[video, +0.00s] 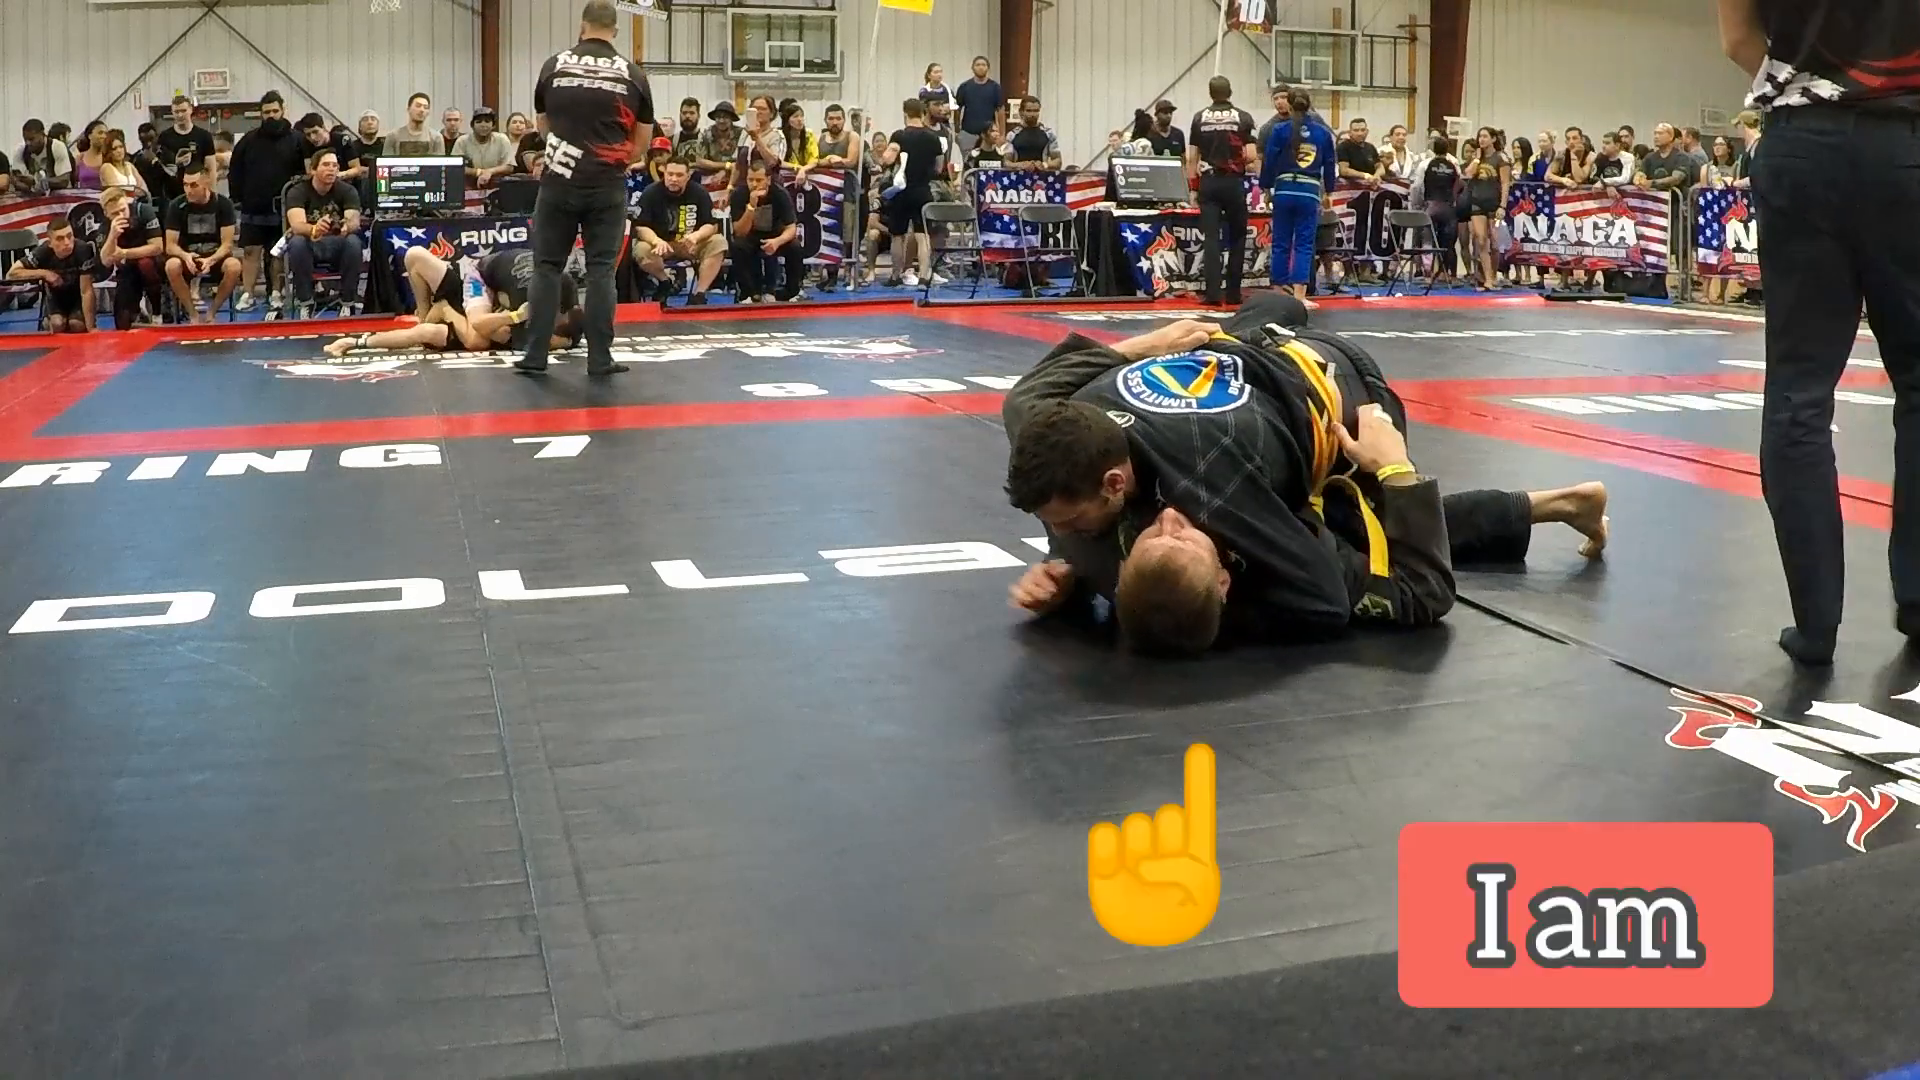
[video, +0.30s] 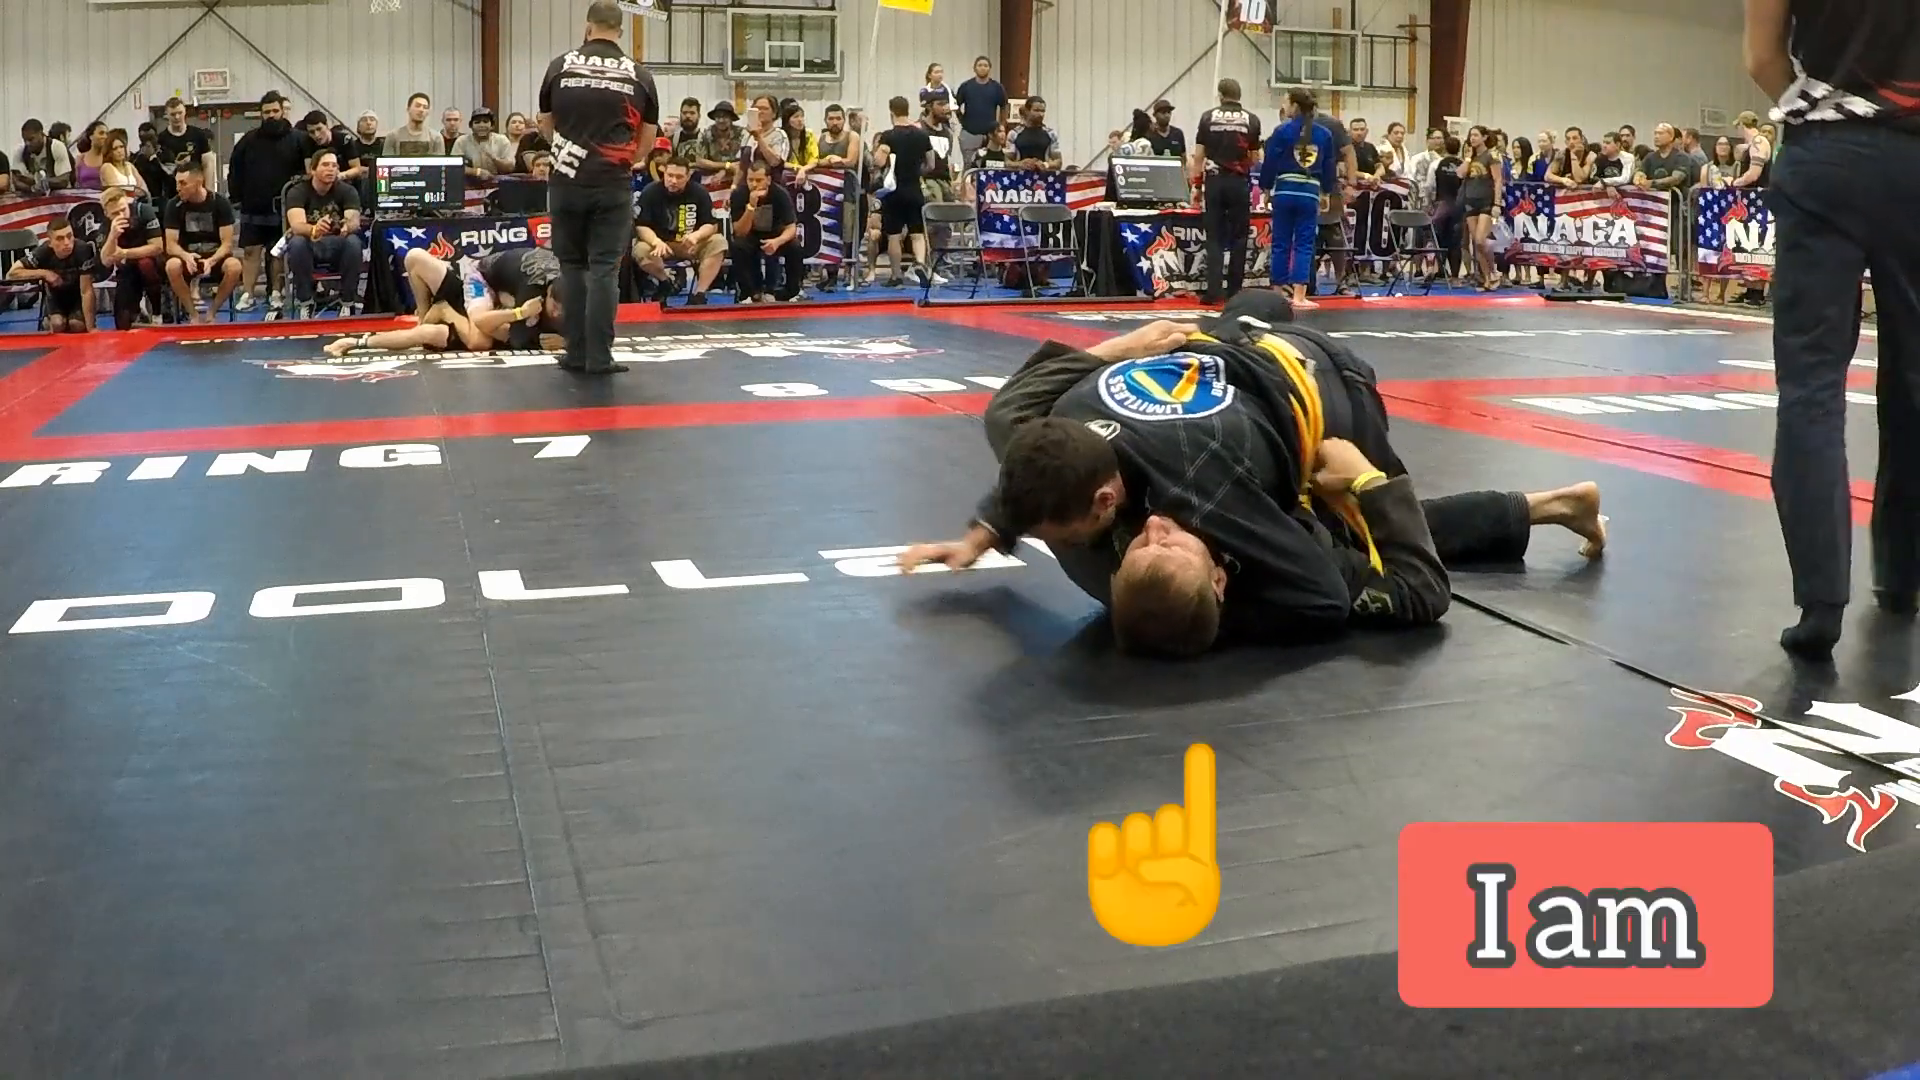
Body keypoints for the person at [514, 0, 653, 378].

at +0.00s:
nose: (586, 34)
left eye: (583, 27)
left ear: (582, 27)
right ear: (614, 30)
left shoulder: (554, 64)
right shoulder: (634, 74)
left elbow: (544, 123)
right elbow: (641, 144)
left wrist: (581, 140)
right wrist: (612, 163)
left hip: (559, 182)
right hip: (608, 183)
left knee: (547, 264)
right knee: (602, 268)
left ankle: (535, 355)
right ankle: (599, 359)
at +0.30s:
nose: (588, 33)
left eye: (587, 28)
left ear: (587, 28)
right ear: (620, 30)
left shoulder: (559, 65)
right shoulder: (640, 75)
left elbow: (548, 123)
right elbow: (646, 141)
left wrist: (574, 149)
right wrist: (623, 164)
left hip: (566, 182)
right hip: (612, 183)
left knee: (571, 264)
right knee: (605, 267)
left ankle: (576, 352)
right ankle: (598, 358)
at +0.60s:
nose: (582, 37)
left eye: (575, 30)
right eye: (595, 31)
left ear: (569, 31)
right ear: (603, 30)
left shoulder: (551, 72)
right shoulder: (629, 69)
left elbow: (548, 132)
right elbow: (646, 131)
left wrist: (574, 157)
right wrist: (630, 162)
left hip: (569, 183)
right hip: (613, 182)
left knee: (578, 265)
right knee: (608, 264)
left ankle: (582, 352)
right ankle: (598, 355)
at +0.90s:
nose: (568, 39)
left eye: (560, 35)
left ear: (557, 35)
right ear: (588, 29)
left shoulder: (543, 75)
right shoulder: (619, 65)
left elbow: (547, 135)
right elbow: (638, 129)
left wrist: (576, 159)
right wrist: (623, 159)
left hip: (566, 183)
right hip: (611, 178)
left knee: (579, 265)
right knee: (630, 255)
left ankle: (583, 356)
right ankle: (613, 340)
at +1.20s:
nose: (567, 40)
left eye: (565, 35)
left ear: (566, 35)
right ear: (598, 31)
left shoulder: (550, 74)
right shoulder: (627, 66)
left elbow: (550, 137)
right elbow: (644, 132)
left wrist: (576, 160)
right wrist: (631, 160)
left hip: (574, 184)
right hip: (622, 180)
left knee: (581, 268)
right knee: (639, 262)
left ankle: (585, 357)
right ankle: (660, 350)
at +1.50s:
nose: (599, 41)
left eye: (598, 37)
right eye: (601, 37)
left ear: (604, 35)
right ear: (633, 33)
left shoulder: (587, 71)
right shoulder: (660, 70)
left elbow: (576, 138)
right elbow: (669, 130)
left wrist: (599, 162)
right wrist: (650, 161)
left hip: (602, 186)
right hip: (649, 186)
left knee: (594, 269)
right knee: (654, 266)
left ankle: (588, 355)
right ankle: (665, 353)